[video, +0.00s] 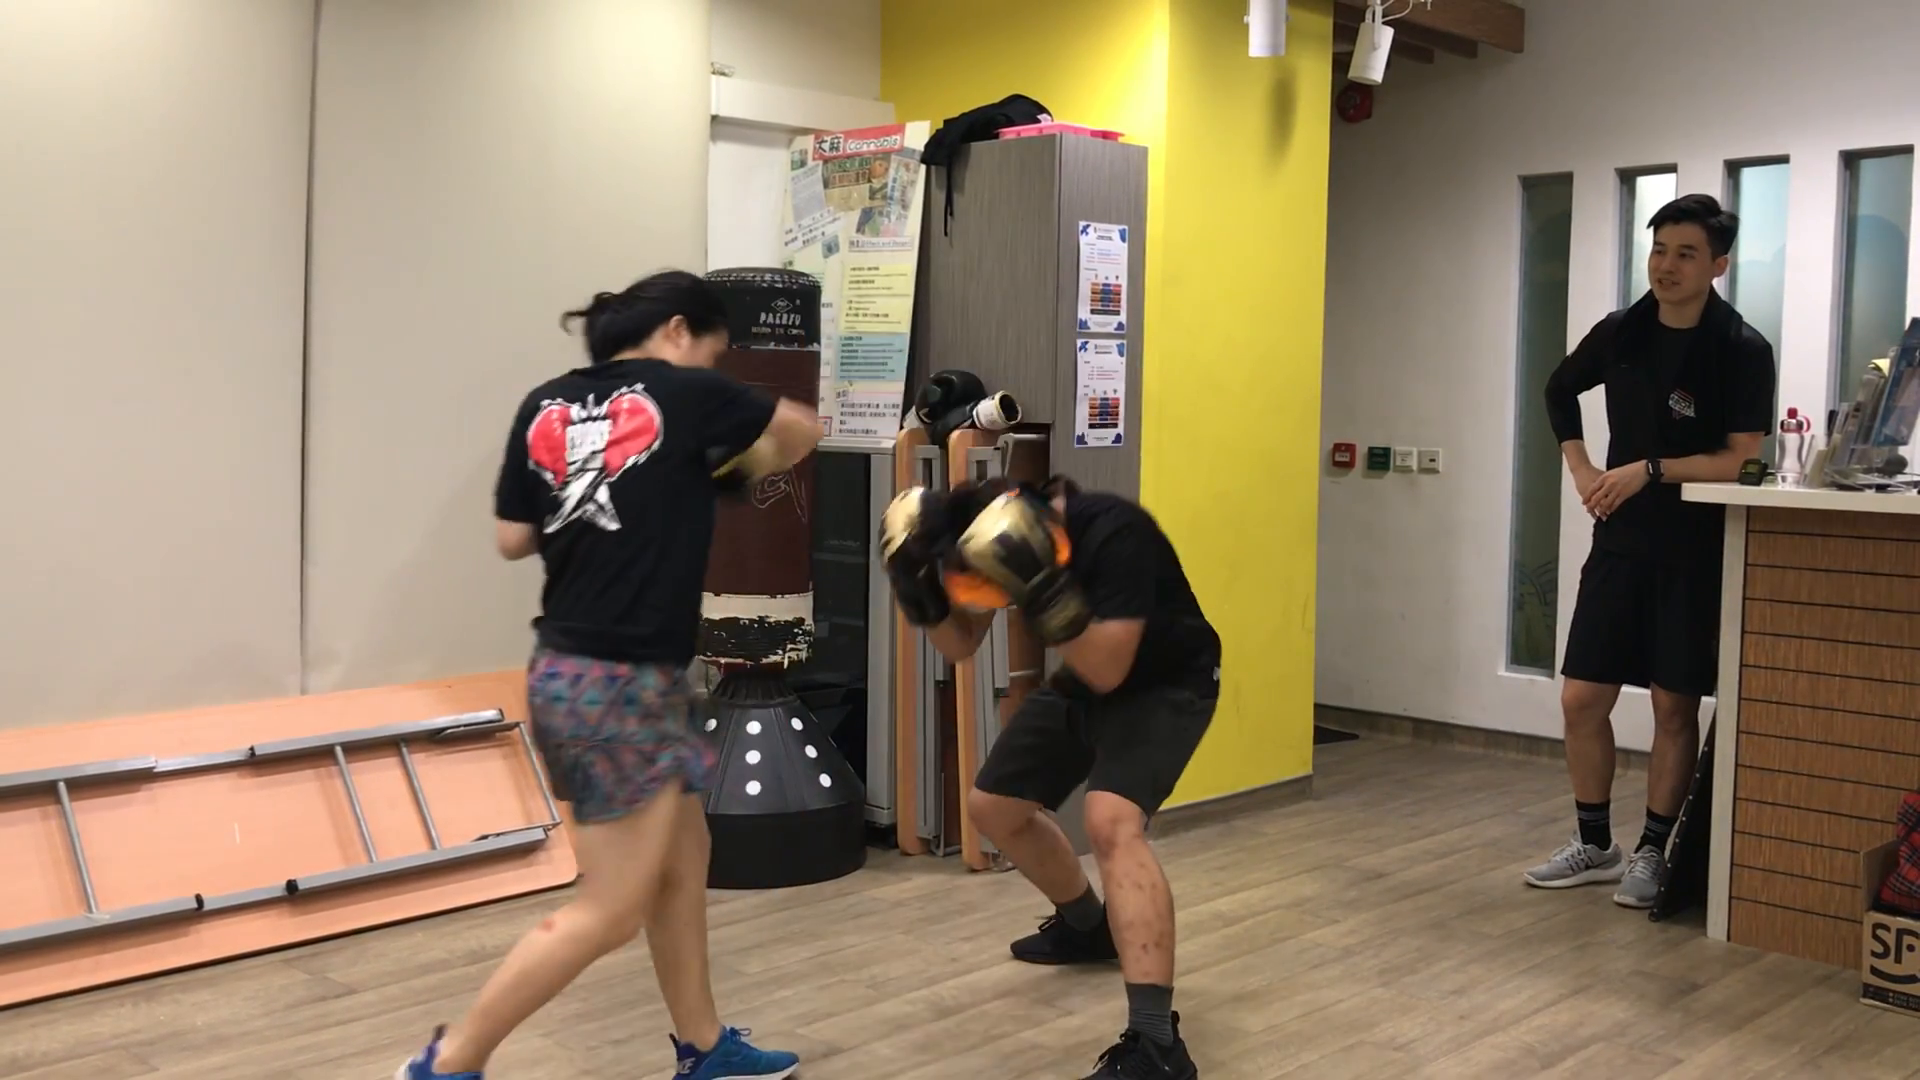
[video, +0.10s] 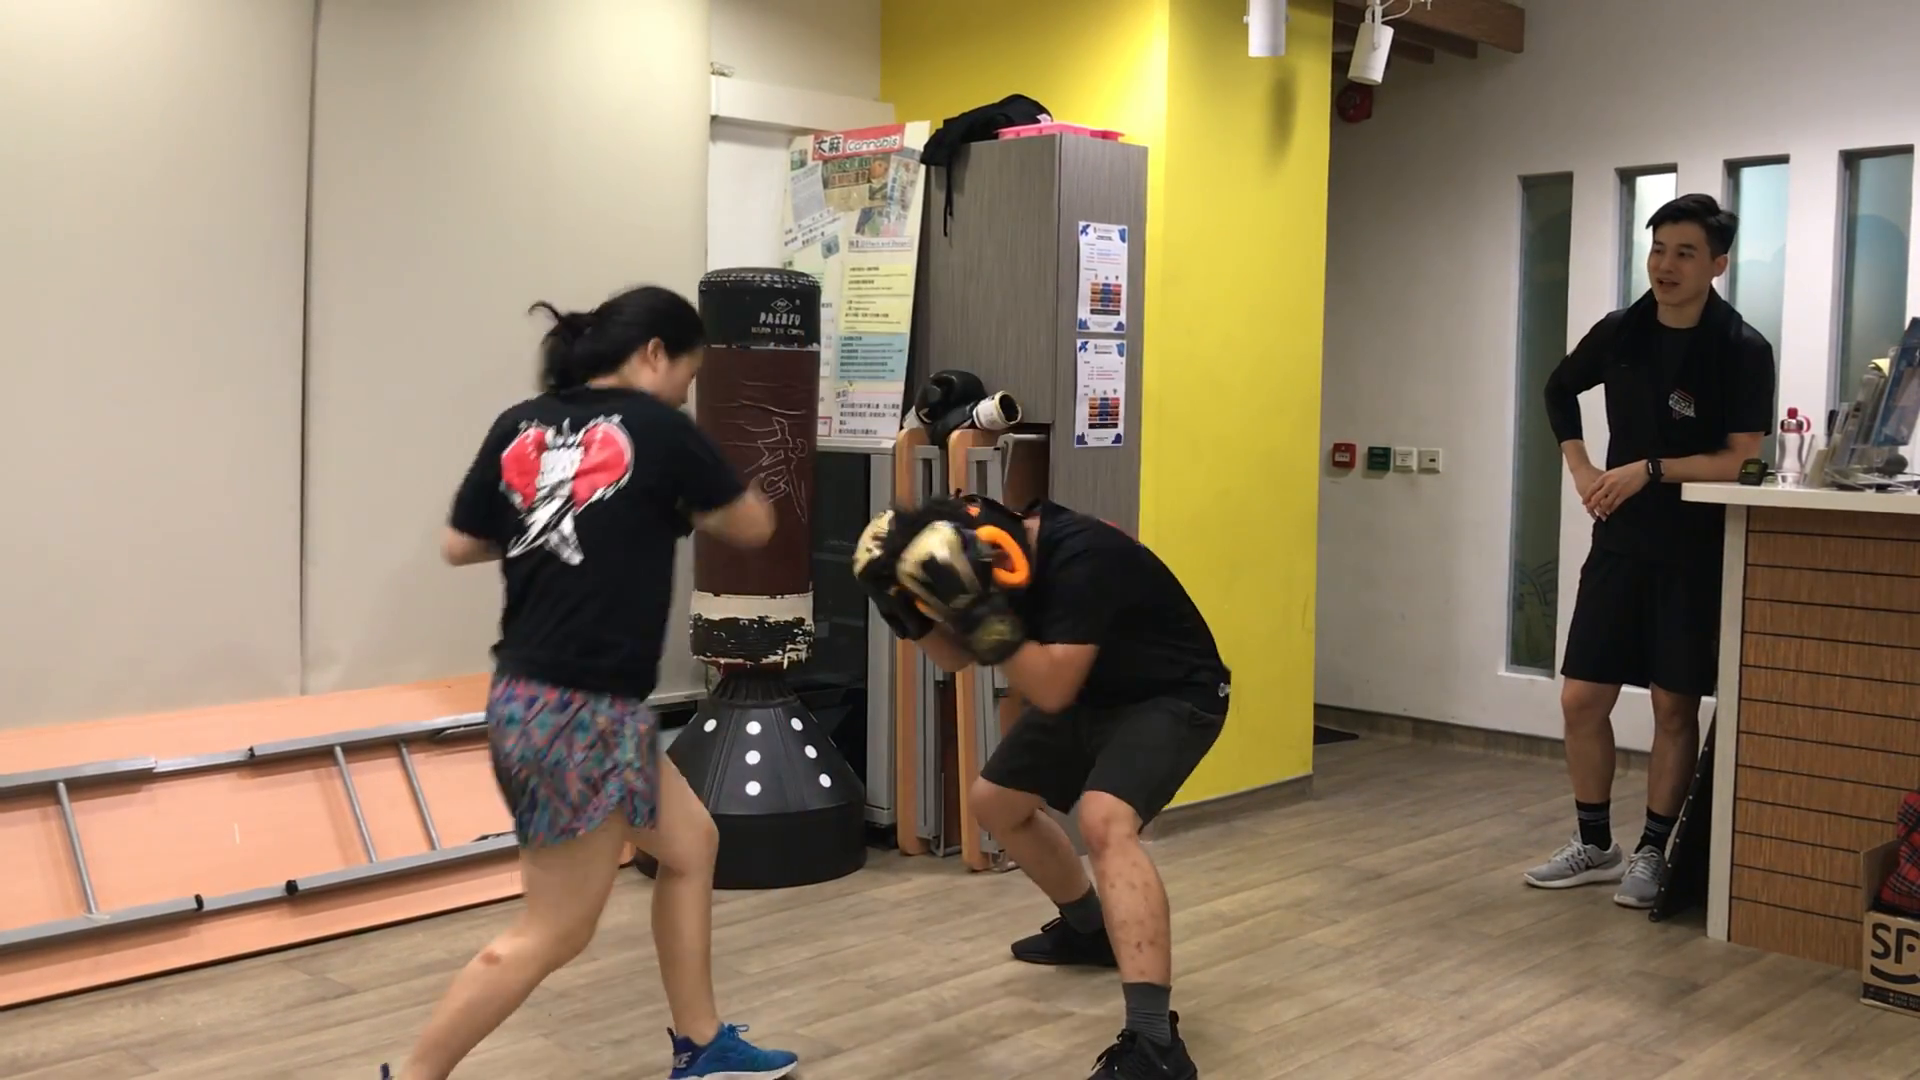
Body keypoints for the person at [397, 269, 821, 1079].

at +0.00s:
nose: (712, 367)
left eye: (716, 357)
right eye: (711, 353)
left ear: (622, 338)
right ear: (675, 333)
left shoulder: (547, 402)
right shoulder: (685, 392)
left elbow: (512, 537)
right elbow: (801, 428)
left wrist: (603, 489)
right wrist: (741, 471)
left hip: (568, 670)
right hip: (623, 681)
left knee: (684, 853)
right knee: (612, 904)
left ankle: (702, 1046)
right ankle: (448, 1062)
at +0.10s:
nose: (688, 392)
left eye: (690, 377)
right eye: (688, 373)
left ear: (611, 355)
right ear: (651, 355)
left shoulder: (520, 423)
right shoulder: (657, 427)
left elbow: (461, 542)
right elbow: (754, 523)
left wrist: (558, 512)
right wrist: (680, 507)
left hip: (527, 700)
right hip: (585, 715)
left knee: (690, 840)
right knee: (555, 929)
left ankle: (701, 1044)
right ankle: (413, 1073)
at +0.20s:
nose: (682, 407)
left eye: (687, 389)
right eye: (684, 386)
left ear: (614, 368)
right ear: (647, 370)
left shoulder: (506, 436)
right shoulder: (629, 449)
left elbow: (411, 522)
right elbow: (693, 585)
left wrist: (510, 534)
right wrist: (723, 553)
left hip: (519, 709)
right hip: (565, 720)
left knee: (695, 834)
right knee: (546, 932)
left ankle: (707, 1029)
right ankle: (411, 1074)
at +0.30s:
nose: (701, 395)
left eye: (706, 379)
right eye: (703, 375)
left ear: (628, 356)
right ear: (668, 360)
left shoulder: (542, 419)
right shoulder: (615, 436)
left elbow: (432, 452)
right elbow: (597, 552)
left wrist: (510, 503)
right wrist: (681, 576)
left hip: (573, 695)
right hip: (563, 700)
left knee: (702, 824)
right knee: (524, 911)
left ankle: (718, 1006)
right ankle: (409, 1072)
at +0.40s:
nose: (734, 370)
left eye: (736, 353)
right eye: (732, 351)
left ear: (684, 340)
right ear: (696, 342)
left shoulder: (637, 416)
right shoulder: (609, 422)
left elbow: (550, 403)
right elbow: (507, 502)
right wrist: (614, 541)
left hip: (623, 678)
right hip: (560, 677)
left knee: (701, 820)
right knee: (519, 883)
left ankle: (719, 980)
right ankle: (415, 1068)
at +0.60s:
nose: (800, 384)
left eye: (804, 369)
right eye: (794, 365)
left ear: (749, 360)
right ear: (743, 355)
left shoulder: (750, 438)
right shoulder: (656, 433)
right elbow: (527, 477)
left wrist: (861, 473)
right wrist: (548, 515)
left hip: (646, 673)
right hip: (583, 660)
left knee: (705, 823)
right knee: (546, 858)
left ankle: (705, 981)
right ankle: (443, 1054)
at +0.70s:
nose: (813, 394)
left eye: (818, 379)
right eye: (808, 377)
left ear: (761, 367)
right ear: (761, 365)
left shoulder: (727, 442)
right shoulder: (710, 430)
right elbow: (649, 491)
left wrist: (749, 536)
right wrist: (711, 530)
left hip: (641, 659)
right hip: (598, 653)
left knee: (693, 807)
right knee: (548, 842)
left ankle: (705, 978)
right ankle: (415, 1015)